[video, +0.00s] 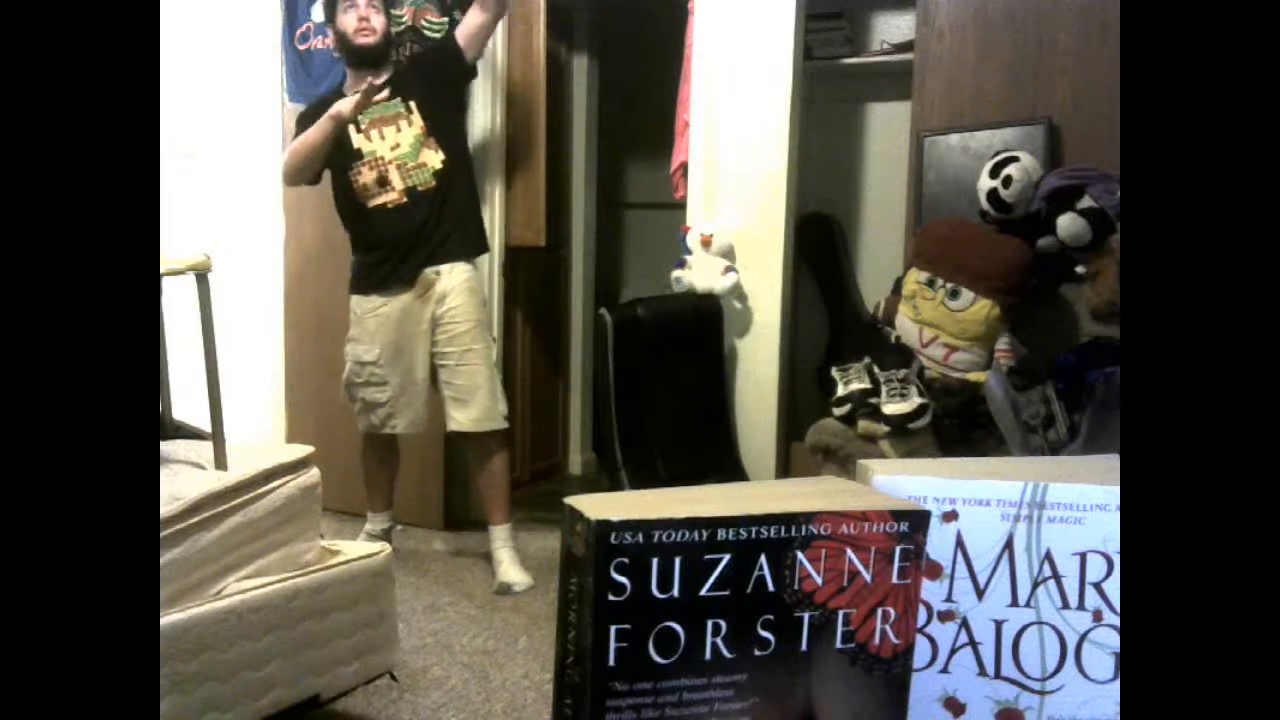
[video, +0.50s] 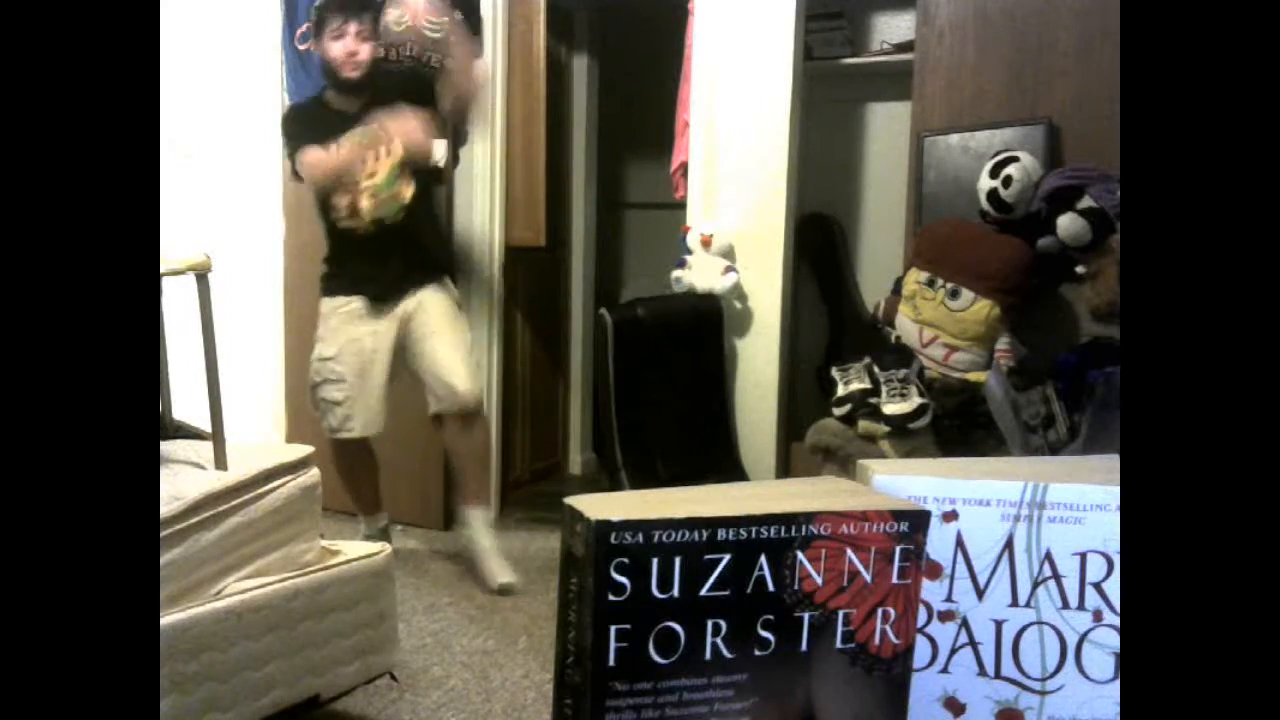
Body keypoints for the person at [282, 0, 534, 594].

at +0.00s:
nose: (364, 13)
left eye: (373, 5)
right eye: (350, 7)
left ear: (388, 19)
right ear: (334, 29)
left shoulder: (432, 69)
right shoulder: (324, 111)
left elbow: (490, 6)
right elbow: (293, 175)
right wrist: (335, 118)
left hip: (453, 263)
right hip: (380, 279)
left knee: (479, 408)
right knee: (378, 410)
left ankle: (503, 544)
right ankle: (378, 531)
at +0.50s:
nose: (352, 48)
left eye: (363, 36)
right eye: (339, 37)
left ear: (379, 42)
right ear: (318, 46)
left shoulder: (407, 88)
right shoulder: (304, 116)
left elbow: (465, 88)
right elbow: (315, 171)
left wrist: (448, 28)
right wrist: (385, 130)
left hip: (424, 278)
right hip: (351, 287)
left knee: (462, 399)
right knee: (346, 420)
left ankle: (476, 527)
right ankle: (375, 531)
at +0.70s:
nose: (355, 66)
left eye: (365, 52)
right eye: (342, 53)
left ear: (381, 53)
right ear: (319, 53)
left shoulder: (403, 120)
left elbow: (412, 222)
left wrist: (350, 267)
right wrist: (320, 259)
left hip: (407, 274)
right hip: (336, 285)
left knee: (447, 376)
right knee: (343, 419)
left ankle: (459, 518)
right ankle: (374, 528)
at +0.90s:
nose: (337, 71)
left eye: (348, 58)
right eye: (325, 59)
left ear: (365, 59)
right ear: (307, 59)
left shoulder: (389, 125)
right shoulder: (292, 116)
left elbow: (359, 216)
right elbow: (229, 146)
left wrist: (277, 232)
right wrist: (196, 142)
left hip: (393, 281)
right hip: (324, 291)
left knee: (411, 392)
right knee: (327, 419)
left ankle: (448, 504)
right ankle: (368, 526)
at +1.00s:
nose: (323, 65)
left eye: (333, 52)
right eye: (311, 53)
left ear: (350, 53)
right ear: (293, 56)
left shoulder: (377, 110)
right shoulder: (281, 111)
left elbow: (353, 193)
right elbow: (201, 115)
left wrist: (276, 214)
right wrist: (214, 78)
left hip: (392, 265)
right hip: (325, 284)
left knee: (399, 346)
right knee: (325, 410)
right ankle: (370, 513)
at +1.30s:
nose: (309, 59)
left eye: (318, 47)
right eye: (296, 49)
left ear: (336, 48)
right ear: (280, 55)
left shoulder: (362, 94)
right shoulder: (272, 110)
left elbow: (392, 130)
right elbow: (202, 126)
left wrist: (299, 154)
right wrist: (254, 117)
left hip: (382, 255)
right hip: (320, 287)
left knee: (418, 268)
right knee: (325, 417)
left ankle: (388, 385)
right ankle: (370, 521)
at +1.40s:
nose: (306, 62)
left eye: (314, 49)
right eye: (294, 52)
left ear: (331, 48)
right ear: (275, 56)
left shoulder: (365, 96)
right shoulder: (263, 123)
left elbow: (413, 124)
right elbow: (235, 164)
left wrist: (347, 150)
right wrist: (311, 159)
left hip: (378, 253)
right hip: (317, 287)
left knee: (407, 248)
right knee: (327, 420)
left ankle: (390, 366)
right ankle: (368, 518)